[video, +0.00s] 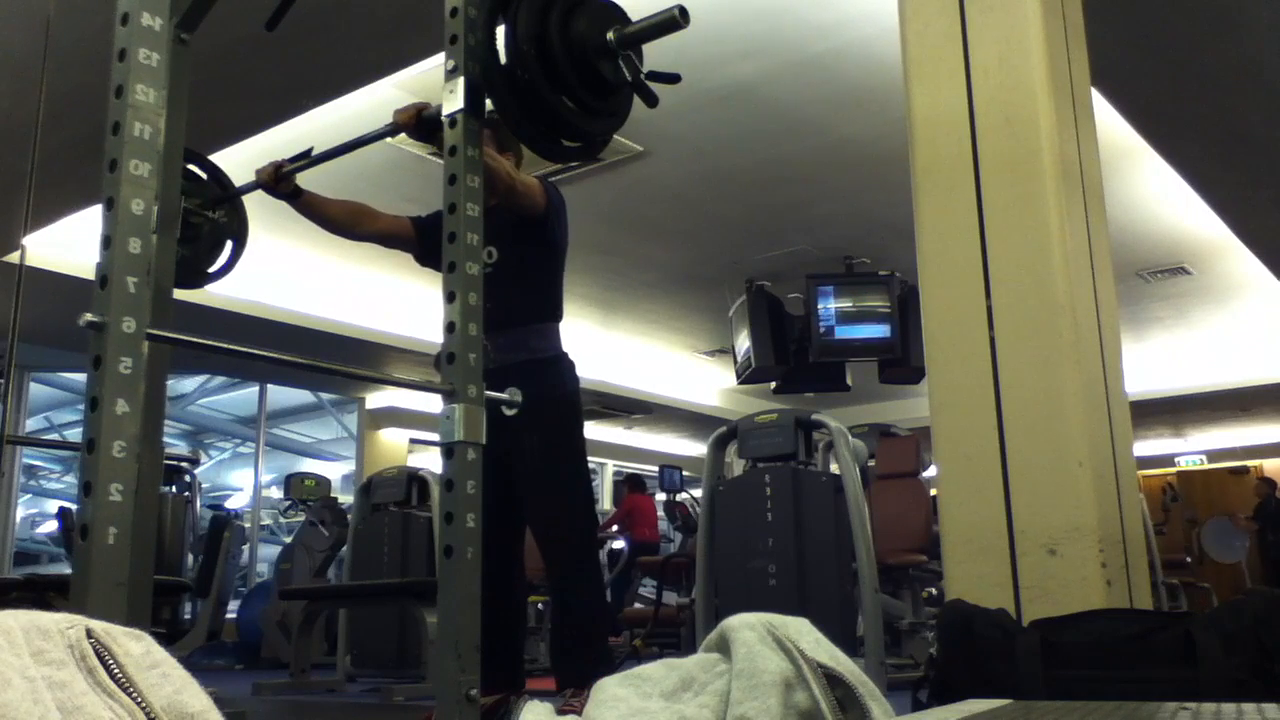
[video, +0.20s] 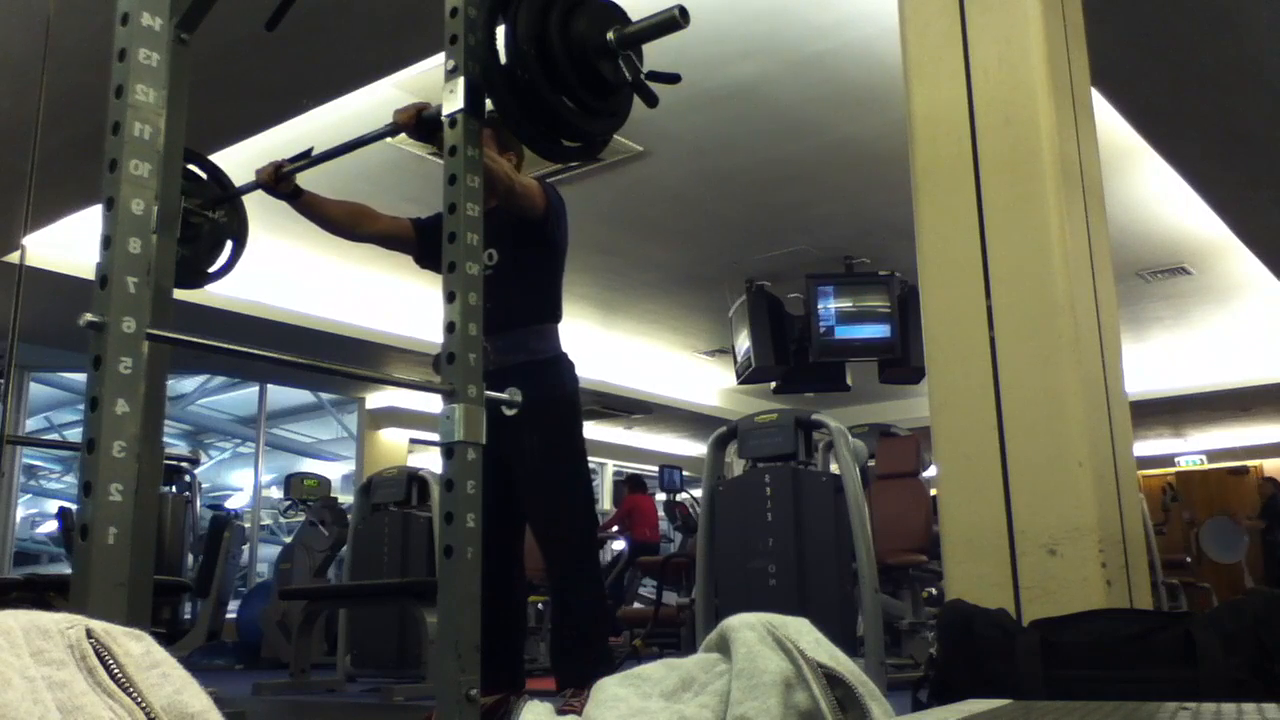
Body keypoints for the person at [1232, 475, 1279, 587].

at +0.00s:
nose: (1255, 487)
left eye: (1259, 485)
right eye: (1256, 484)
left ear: (1266, 489)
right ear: (1268, 489)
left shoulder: (1264, 505)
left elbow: (1255, 524)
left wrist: (1240, 522)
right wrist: (1244, 520)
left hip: (1268, 550)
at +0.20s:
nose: (1260, 489)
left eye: (1263, 486)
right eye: (1260, 486)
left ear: (1272, 488)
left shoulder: (1272, 502)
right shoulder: (1268, 501)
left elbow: (1262, 523)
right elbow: (1261, 519)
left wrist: (1244, 523)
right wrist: (1247, 519)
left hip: (1272, 544)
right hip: (1270, 543)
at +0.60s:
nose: (1268, 489)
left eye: (1271, 486)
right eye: (1268, 486)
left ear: (1277, 487)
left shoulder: (1277, 503)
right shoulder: (1274, 503)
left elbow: (1272, 520)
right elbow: (1270, 519)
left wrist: (1252, 519)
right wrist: (1252, 518)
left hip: (1275, 547)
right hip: (1272, 545)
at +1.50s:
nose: (1267, 497)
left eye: (1268, 493)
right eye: (1265, 494)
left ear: (1274, 492)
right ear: (1264, 494)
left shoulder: (1276, 506)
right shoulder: (1273, 506)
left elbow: (1272, 519)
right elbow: (1270, 519)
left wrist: (1250, 516)